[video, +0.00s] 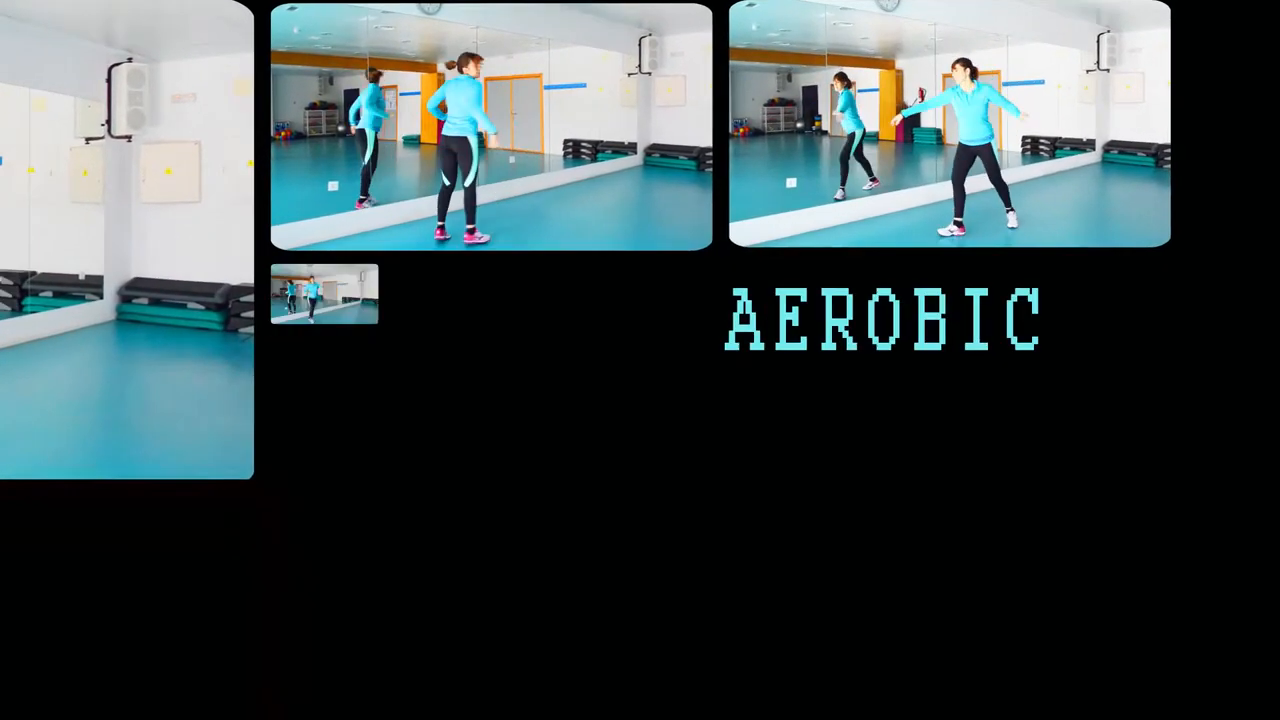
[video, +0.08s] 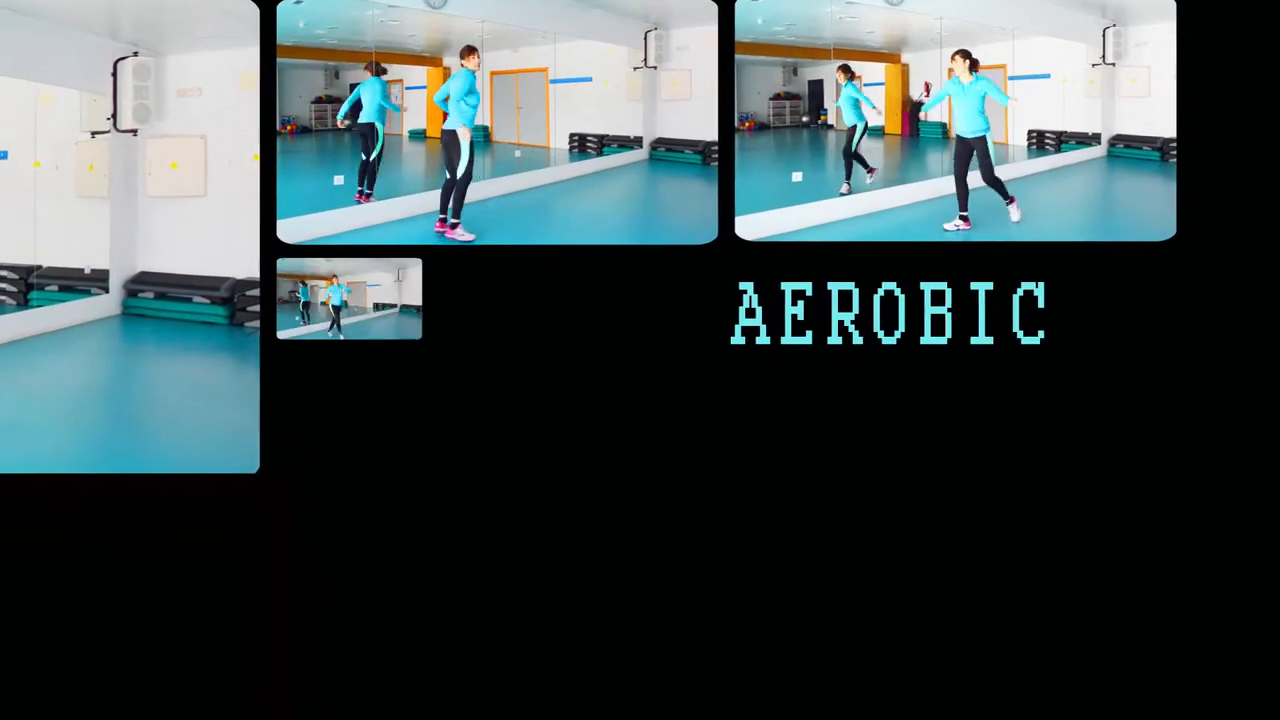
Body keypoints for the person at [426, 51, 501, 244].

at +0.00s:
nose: (479, 68)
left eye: (479, 65)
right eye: (477, 65)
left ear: (462, 68)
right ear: (465, 67)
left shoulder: (449, 84)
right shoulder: (474, 85)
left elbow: (431, 106)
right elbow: (474, 109)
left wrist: (446, 118)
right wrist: (491, 130)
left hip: (447, 137)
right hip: (465, 138)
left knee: (447, 183)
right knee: (469, 184)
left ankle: (440, 228)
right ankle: (471, 231)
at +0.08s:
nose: (478, 60)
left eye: (478, 57)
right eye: (474, 57)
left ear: (466, 61)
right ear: (465, 60)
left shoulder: (456, 76)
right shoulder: (467, 75)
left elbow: (438, 97)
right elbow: (455, 99)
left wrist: (451, 111)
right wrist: (462, 125)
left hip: (449, 129)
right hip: (460, 129)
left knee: (451, 176)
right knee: (464, 176)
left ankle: (442, 220)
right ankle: (454, 225)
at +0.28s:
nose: (472, 46)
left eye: (474, 43)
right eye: (468, 42)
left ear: (477, 46)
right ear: (460, 46)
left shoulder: (476, 68)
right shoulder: (451, 66)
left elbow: (478, 86)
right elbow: (430, 83)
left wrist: (494, 83)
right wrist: (413, 96)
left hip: (470, 123)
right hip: (453, 122)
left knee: (459, 166)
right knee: (449, 168)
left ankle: (450, 204)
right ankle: (429, 214)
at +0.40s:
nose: (469, 40)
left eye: (472, 37)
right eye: (465, 37)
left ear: (476, 40)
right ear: (458, 39)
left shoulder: (480, 63)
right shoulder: (448, 61)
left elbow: (494, 79)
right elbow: (430, 82)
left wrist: (515, 71)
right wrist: (416, 87)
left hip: (470, 120)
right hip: (449, 120)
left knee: (465, 163)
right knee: (446, 164)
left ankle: (459, 199)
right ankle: (433, 210)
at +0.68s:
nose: (468, 29)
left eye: (471, 25)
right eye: (464, 25)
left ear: (476, 29)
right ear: (458, 28)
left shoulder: (484, 48)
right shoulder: (450, 49)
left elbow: (506, 65)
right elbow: (441, 80)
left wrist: (478, 49)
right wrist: (458, 58)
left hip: (478, 106)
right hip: (454, 106)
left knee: (486, 148)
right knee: (456, 152)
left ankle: (477, 188)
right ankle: (454, 194)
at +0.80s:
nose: (468, 32)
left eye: (472, 29)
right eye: (464, 28)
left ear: (476, 32)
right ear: (458, 31)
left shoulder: (485, 48)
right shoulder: (451, 54)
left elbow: (507, 66)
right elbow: (449, 87)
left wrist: (478, 52)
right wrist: (463, 64)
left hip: (484, 107)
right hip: (460, 107)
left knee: (485, 150)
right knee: (463, 151)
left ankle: (478, 192)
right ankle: (463, 191)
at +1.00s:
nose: (471, 32)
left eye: (475, 29)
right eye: (468, 28)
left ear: (479, 32)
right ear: (461, 30)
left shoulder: (487, 46)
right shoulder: (454, 52)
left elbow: (517, 59)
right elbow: (448, 82)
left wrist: (496, 69)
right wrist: (454, 78)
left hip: (497, 99)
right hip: (473, 101)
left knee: (515, 139)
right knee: (477, 144)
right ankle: (473, 185)